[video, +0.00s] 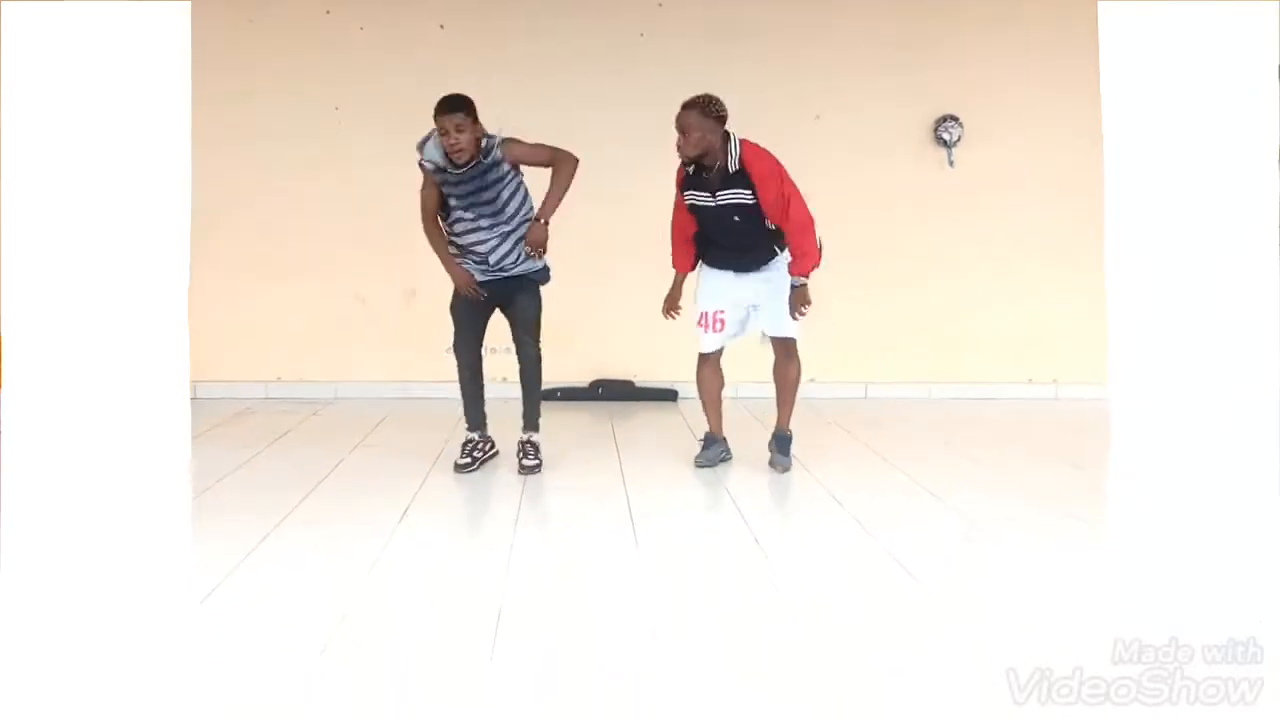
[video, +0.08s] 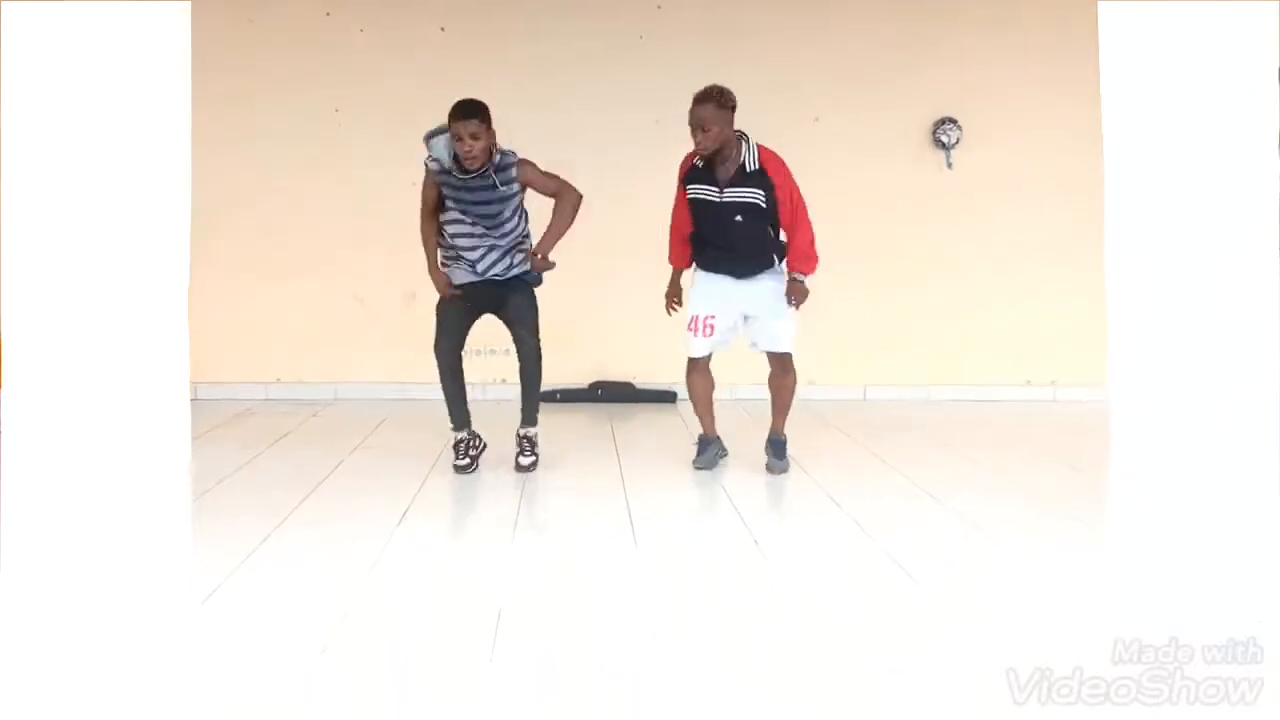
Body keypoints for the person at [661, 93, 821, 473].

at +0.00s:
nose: (678, 141)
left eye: (686, 133)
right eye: (678, 132)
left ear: (714, 131)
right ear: (687, 132)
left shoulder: (757, 163)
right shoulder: (688, 174)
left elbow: (796, 215)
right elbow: (684, 228)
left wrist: (800, 279)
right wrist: (678, 282)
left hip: (772, 268)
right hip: (718, 272)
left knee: (785, 346)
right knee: (708, 351)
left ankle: (782, 433)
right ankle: (715, 438)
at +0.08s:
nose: (697, 139)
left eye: (706, 130)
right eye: (693, 130)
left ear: (731, 126)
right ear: (691, 126)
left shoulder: (767, 164)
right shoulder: (692, 167)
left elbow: (797, 218)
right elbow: (682, 222)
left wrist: (799, 273)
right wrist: (676, 276)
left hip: (765, 277)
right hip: (712, 277)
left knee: (781, 358)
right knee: (697, 358)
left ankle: (777, 436)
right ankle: (709, 438)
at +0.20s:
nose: (731, 130)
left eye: (739, 121)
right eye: (724, 121)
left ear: (753, 114)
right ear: (713, 115)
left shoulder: (778, 150)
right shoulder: (695, 150)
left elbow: (791, 186)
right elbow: (677, 193)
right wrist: (657, 232)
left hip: (767, 266)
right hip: (715, 267)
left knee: (782, 351)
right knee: (708, 354)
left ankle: (777, 432)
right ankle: (707, 437)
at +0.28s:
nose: (735, 129)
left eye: (743, 120)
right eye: (727, 119)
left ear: (757, 114)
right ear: (717, 114)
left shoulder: (782, 152)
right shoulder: (697, 147)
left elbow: (802, 197)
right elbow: (669, 183)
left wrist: (804, 244)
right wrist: (641, 220)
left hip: (767, 260)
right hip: (715, 261)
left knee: (788, 337)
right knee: (704, 344)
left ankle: (780, 424)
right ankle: (704, 432)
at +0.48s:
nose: (750, 161)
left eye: (759, 153)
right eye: (743, 151)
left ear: (772, 150)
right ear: (732, 146)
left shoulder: (790, 192)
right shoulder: (707, 179)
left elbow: (815, 232)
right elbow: (664, 196)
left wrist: (827, 268)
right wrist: (622, 218)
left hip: (768, 304)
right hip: (717, 301)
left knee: (788, 381)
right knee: (704, 379)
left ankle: (801, 472)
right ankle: (698, 473)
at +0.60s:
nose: (753, 217)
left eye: (762, 209)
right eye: (746, 208)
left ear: (773, 203)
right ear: (735, 199)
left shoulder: (794, 229)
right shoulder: (712, 219)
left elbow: (829, 258)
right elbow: (670, 236)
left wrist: (832, 297)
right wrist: (658, 258)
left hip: (770, 323)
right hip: (715, 322)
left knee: (805, 367)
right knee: (693, 375)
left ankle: (793, 439)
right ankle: (708, 445)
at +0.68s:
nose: (753, 259)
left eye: (762, 250)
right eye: (746, 249)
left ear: (773, 243)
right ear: (733, 240)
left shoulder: (792, 263)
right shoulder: (711, 257)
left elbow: (822, 296)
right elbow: (671, 282)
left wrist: (830, 338)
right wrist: (670, 302)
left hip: (773, 350)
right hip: (718, 349)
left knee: (808, 392)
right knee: (699, 394)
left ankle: (793, 451)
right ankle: (712, 449)